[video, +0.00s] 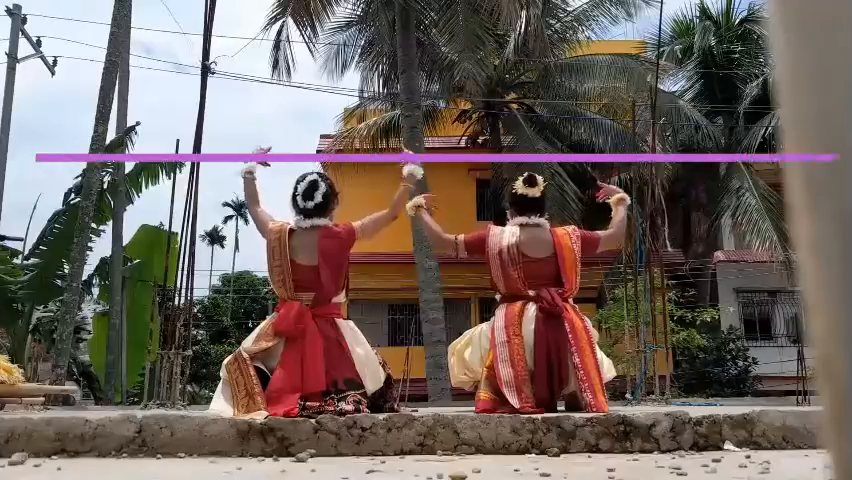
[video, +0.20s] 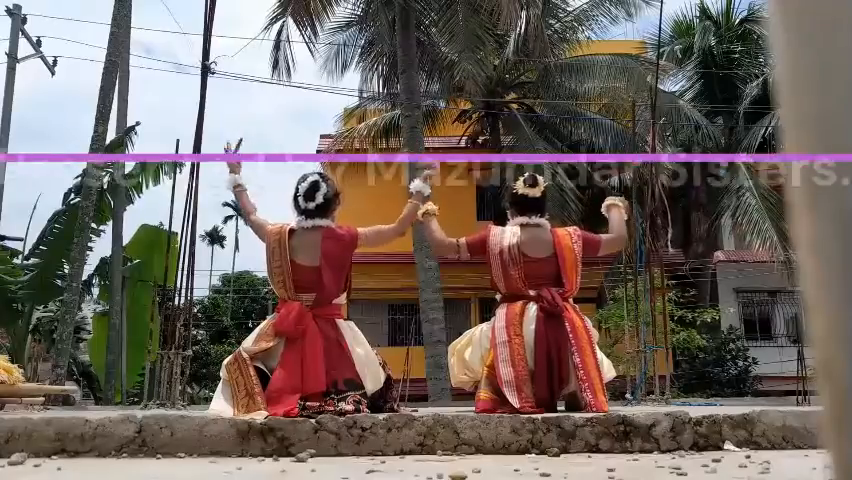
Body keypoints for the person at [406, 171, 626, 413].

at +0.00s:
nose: (507, 216)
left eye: (507, 210)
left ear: (510, 211)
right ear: (545, 210)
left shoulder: (495, 237)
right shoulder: (568, 238)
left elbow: (444, 244)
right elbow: (615, 238)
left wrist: (420, 213)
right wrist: (620, 203)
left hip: (513, 325)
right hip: (562, 324)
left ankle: (506, 394)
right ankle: (575, 394)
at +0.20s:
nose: (509, 214)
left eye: (509, 209)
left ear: (510, 210)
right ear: (545, 208)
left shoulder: (494, 238)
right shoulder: (569, 238)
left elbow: (441, 247)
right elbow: (618, 240)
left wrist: (427, 214)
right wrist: (615, 208)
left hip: (511, 326)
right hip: (562, 325)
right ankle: (576, 394)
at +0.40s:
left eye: (522, 201)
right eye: (536, 201)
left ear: (511, 206)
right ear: (547, 205)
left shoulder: (493, 240)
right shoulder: (570, 240)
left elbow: (452, 260)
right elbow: (620, 253)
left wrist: (423, 239)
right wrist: (624, 227)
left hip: (511, 330)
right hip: (565, 327)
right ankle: (578, 400)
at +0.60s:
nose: (528, 213)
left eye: (526, 205)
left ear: (513, 206)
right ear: (548, 204)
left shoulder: (499, 240)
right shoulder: (572, 239)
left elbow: (462, 265)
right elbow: (609, 266)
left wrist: (427, 253)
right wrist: (637, 238)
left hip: (512, 317)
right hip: (565, 316)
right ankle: (581, 402)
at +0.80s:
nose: (528, 209)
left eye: (528, 203)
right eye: (530, 203)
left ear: (515, 207)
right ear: (550, 207)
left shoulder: (497, 243)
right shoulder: (573, 244)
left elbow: (462, 274)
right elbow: (616, 271)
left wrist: (426, 260)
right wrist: (638, 246)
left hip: (510, 328)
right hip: (565, 329)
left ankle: (511, 401)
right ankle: (575, 394)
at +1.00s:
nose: (527, 213)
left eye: (524, 205)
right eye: (531, 205)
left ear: (516, 207)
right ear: (551, 207)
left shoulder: (499, 241)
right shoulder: (575, 243)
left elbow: (467, 267)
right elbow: (618, 267)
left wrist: (431, 256)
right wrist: (641, 249)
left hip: (513, 328)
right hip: (565, 329)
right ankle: (578, 397)